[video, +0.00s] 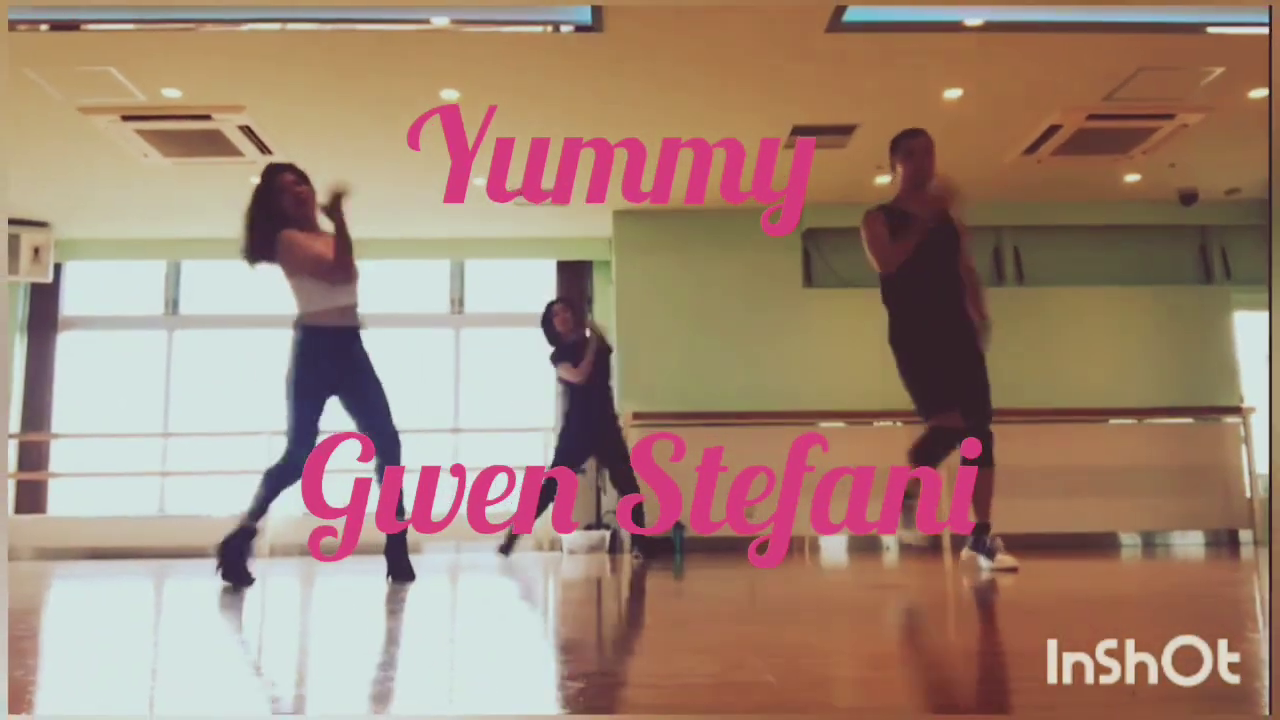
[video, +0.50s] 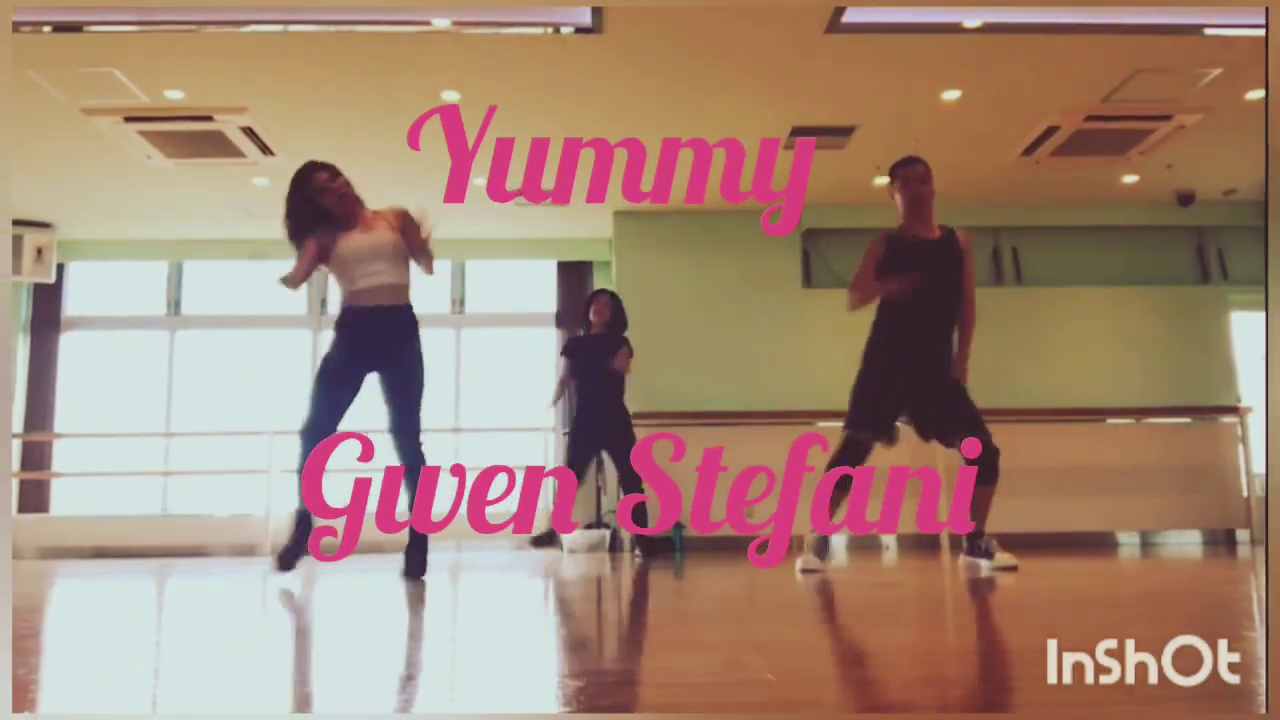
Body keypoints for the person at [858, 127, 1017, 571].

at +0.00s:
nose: (923, 163)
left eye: (927, 155)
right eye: (913, 156)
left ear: (935, 160)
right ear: (895, 164)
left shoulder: (944, 217)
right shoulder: (878, 219)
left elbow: (965, 270)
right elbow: (886, 262)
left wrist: (978, 314)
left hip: (956, 328)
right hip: (914, 333)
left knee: (979, 431)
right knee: (948, 425)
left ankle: (981, 535)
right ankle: (899, 498)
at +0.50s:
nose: (917, 190)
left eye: (923, 181)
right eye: (907, 184)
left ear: (934, 187)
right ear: (894, 193)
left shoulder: (956, 243)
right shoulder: (885, 245)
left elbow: (967, 305)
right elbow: (855, 297)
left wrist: (961, 361)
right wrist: (889, 284)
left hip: (933, 369)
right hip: (884, 368)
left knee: (984, 453)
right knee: (853, 450)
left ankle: (974, 541)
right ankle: (817, 541)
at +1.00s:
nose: (917, 204)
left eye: (924, 196)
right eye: (907, 196)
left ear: (933, 203)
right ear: (890, 202)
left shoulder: (932, 264)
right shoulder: (863, 255)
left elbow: (946, 326)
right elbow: (833, 312)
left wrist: (960, 376)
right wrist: (821, 372)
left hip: (937, 381)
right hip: (885, 383)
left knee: (995, 459)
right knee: (856, 465)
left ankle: (985, 545)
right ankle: (820, 546)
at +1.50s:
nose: (896, 203)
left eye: (903, 193)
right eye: (886, 195)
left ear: (914, 198)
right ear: (871, 201)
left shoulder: (935, 257)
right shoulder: (855, 258)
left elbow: (940, 321)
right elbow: (829, 317)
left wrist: (936, 376)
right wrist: (814, 376)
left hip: (914, 385)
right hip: (860, 383)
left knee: (970, 465)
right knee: (835, 462)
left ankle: (984, 546)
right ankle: (818, 546)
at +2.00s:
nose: (905, 208)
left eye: (912, 200)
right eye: (895, 200)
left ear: (921, 208)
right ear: (878, 209)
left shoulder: (929, 271)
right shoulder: (855, 265)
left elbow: (933, 336)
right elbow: (829, 327)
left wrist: (936, 383)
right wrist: (818, 383)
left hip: (925, 386)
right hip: (875, 387)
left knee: (995, 459)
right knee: (850, 465)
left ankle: (985, 547)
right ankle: (819, 546)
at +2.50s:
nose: (885, 205)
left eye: (892, 196)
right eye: (875, 198)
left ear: (904, 203)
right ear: (861, 207)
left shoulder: (929, 261)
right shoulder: (850, 267)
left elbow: (939, 322)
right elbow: (825, 320)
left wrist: (942, 375)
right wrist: (806, 361)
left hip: (910, 384)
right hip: (857, 385)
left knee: (965, 463)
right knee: (836, 466)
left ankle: (982, 545)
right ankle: (816, 545)